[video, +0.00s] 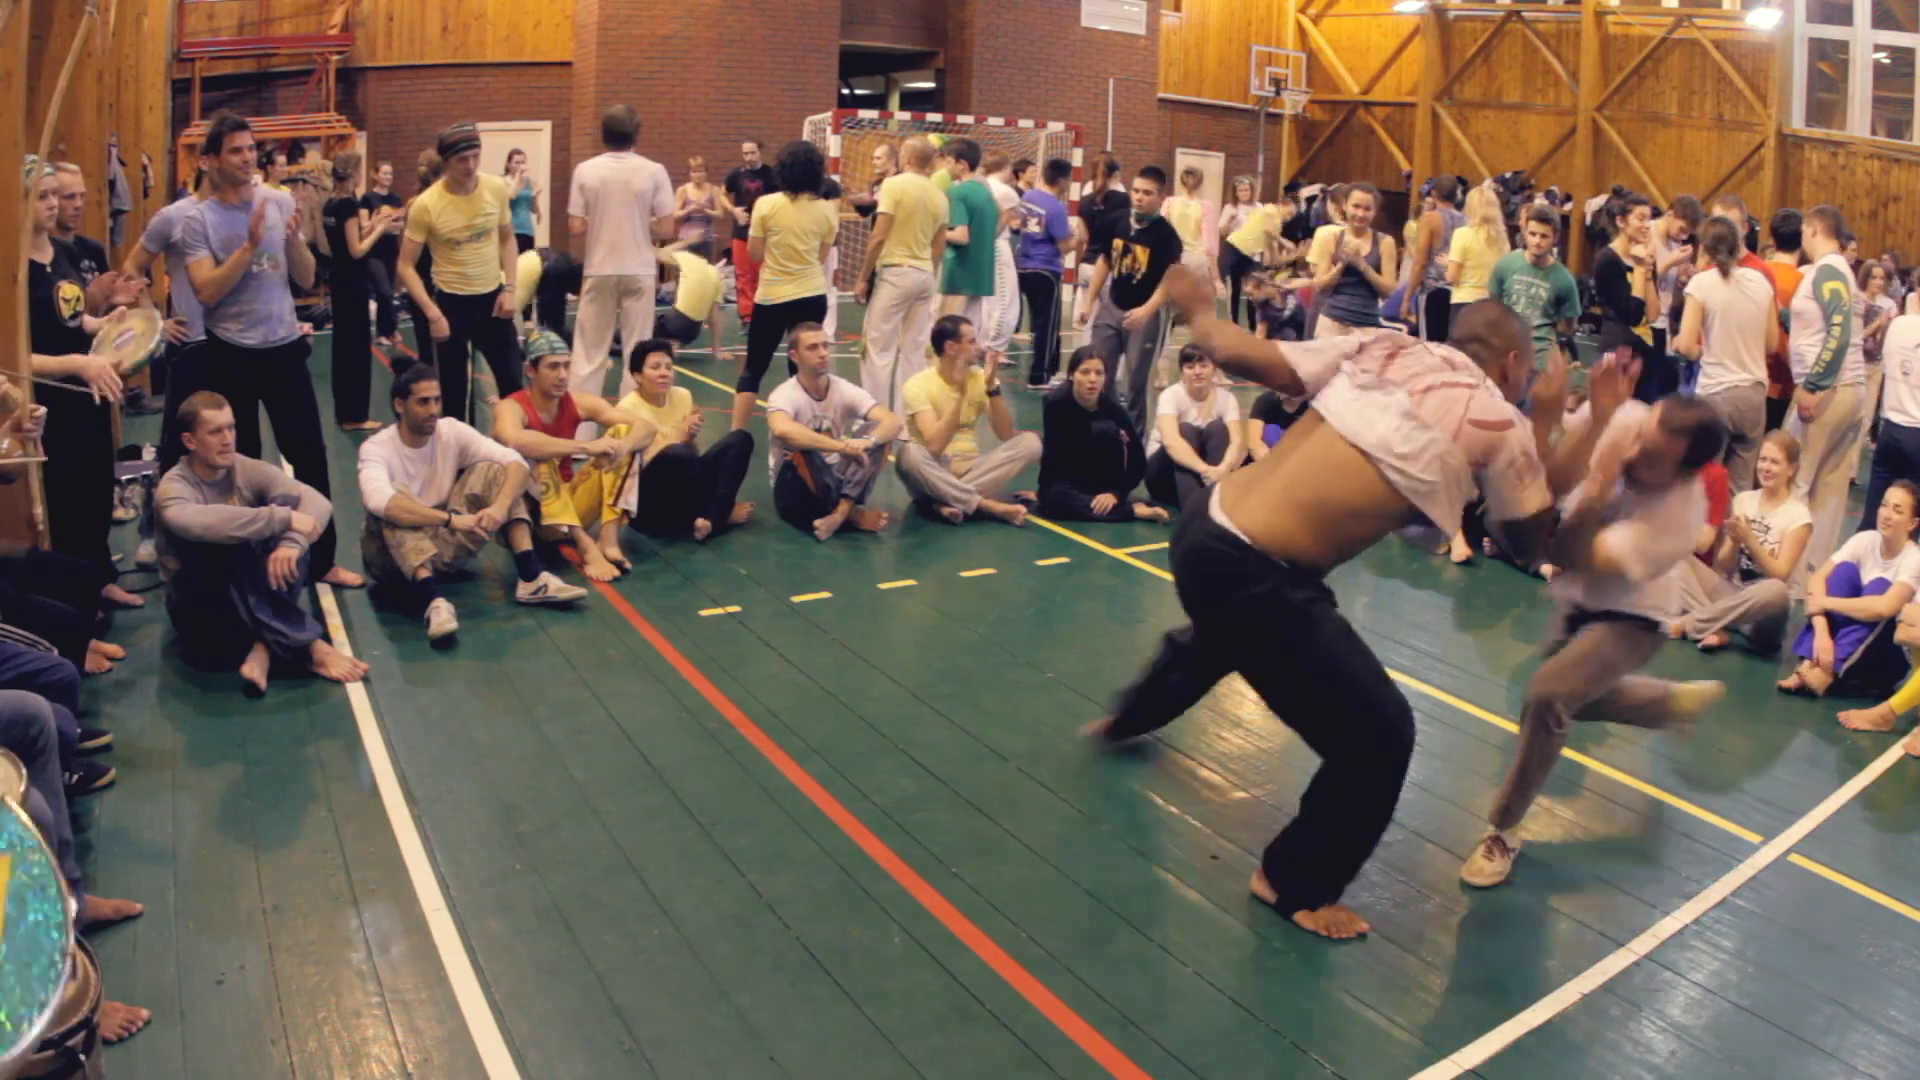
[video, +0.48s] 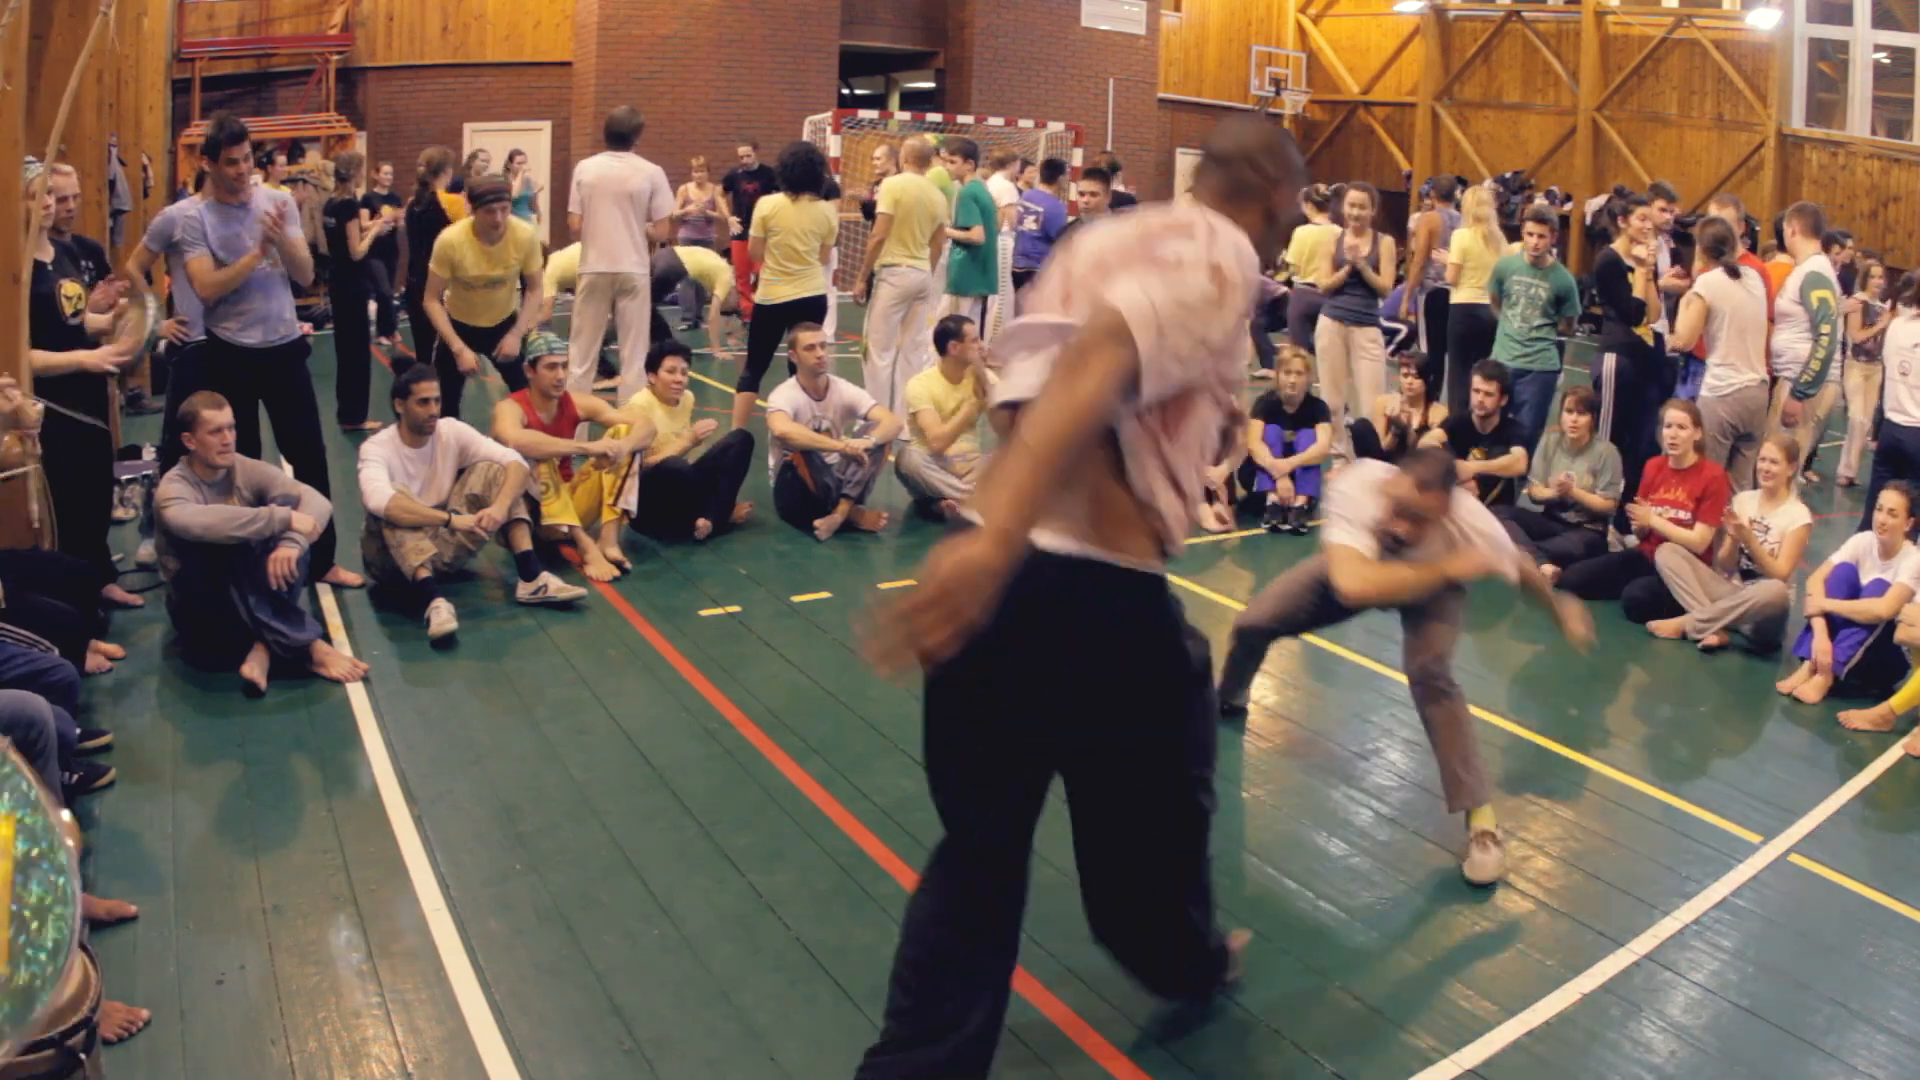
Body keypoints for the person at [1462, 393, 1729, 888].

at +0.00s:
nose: (1635, 457)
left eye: (1650, 458)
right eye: (1638, 443)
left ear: (1685, 470)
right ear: (1646, 422)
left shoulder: (1679, 518)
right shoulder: (1630, 420)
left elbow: (1572, 551)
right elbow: (1554, 481)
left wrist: (1601, 489)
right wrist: (1590, 418)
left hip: (1634, 617)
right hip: (1578, 595)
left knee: (1548, 696)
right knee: (1561, 699)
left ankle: (1501, 835)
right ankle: (1675, 702)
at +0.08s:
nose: (1620, 510)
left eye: (1635, 516)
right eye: (1625, 496)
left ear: (1663, 525)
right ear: (1632, 469)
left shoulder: (1650, 569)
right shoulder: (1593, 458)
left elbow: (1548, 613)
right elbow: (1513, 498)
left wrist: (1584, 529)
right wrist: (1578, 510)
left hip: (1590, 626)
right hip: (1526, 588)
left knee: (1534, 703)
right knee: (1489, 696)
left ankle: (1492, 830)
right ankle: (1566, 712)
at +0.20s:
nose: (1567, 570)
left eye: (1586, 580)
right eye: (1578, 554)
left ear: (1610, 594)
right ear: (1585, 528)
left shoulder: (1610, 615)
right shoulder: (1542, 509)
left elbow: (1560, 682)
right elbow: (1507, 587)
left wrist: (1526, 716)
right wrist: (1522, 685)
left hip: (1533, 655)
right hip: (1468, 608)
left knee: (1522, 729)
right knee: (1389, 678)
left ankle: (1484, 830)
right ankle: (1392, 701)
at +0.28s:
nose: (1530, 583)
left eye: (1549, 592)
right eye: (1542, 566)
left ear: (1572, 603)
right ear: (1554, 534)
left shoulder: (1579, 622)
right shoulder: (1500, 523)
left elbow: (1556, 731)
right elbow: (1458, 631)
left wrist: (1527, 819)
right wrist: (1510, 734)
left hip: (1505, 643)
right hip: (1436, 599)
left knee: (1503, 730)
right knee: (1359, 652)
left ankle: (1487, 833)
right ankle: (1326, 689)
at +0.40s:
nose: (1464, 558)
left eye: (1482, 558)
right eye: (1468, 542)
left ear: (1508, 554)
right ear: (1467, 509)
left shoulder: (1517, 571)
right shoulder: (1415, 504)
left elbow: (1555, 666)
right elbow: (1396, 618)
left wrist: (1581, 754)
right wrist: (1484, 641)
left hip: (1458, 620)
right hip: (1389, 585)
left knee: (1460, 697)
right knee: (1276, 642)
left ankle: (1484, 835)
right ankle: (1236, 694)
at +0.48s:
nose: (1402, 524)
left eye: (1417, 518)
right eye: (1398, 509)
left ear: (1443, 510)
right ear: (1389, 484)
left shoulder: (1470, 522)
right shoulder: (1353, 487)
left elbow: (1526, 573)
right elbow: (1352, 584)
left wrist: (1562, 611)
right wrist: (1448, 570)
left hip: (1432, 584)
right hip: (1359, 566)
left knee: (1430, 675)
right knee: (1252, 624)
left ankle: (1481, 824)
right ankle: (1228, 701)